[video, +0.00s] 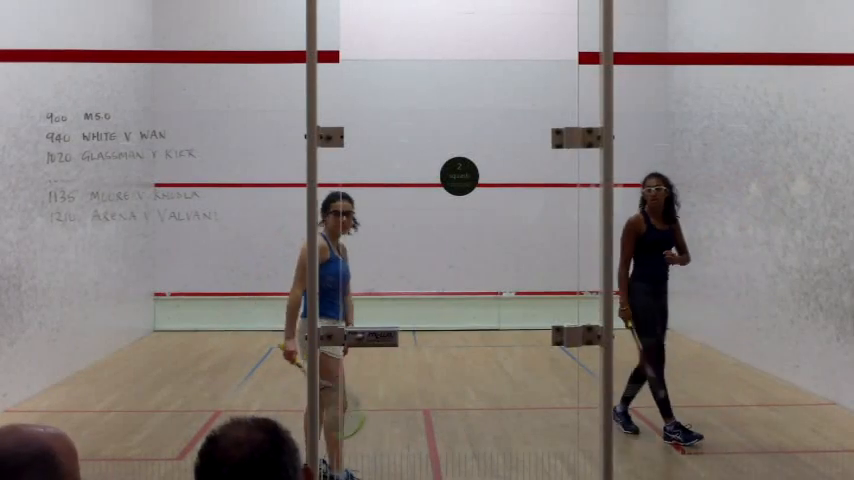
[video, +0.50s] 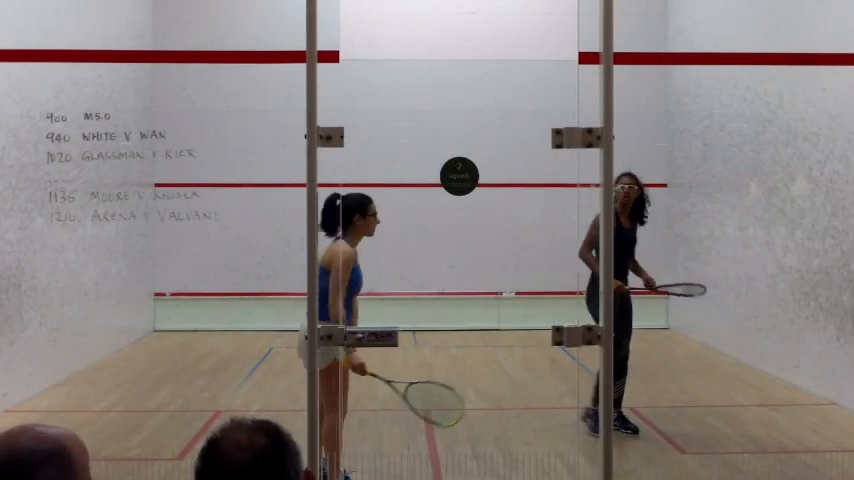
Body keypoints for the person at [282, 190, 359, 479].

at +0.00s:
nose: (344, 219)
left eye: (348, 214)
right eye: (338, 214)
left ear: (352, 219)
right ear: (325, 216)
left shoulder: (341, 249)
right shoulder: (314, 247)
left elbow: (346, 294)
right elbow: (296, 292)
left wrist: (349, 330)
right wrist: (289, 338)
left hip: (333, 330)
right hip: (318, 330)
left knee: (317, 402)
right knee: (336, 401)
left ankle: (311, 464)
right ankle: (337, 469)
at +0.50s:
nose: (377, 220)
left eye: (376, 215)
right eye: (373, 215)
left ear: (354, 220)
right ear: (358, 220)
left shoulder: (342, 251)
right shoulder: (343, 252)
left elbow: (346, 306)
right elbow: (336, 307)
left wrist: (351, 348)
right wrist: (349, 351)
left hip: (328, 341)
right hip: (328, 342)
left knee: (331, 409)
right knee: (334, 410)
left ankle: (327, 468)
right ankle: (334, 472)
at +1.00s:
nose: (357, 219)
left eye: (356, 213)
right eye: (354, 214)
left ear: (326, 218)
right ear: (345, 219)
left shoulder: (312, 248)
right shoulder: (348, 256)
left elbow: (308, 293)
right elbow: (349, 310)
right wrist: (361, 350)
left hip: (292, 327)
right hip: (324, 335)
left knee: (293, 405)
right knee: (334, 409)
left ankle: (279, 467)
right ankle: (336, 473)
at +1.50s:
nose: (339, 221)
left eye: (339, 216)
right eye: (338, 217)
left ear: (304, 217)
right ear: (333, 218)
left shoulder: (286, 250)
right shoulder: (344, 255)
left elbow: (266, 296)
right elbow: (349, 306)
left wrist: (284, 318)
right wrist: (348, 322)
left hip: (289, 334)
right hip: (328, 339)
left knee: (285, 409)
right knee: (345, 407)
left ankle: (280, 471)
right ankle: (363, 471)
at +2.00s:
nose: (365, 221)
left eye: (364, 217)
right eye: (364, 217)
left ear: (331, 219)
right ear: (360, 219)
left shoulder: (319, 254)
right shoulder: (376, 254)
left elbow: (314, 299)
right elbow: (391, 305)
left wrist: (321, 323)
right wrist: (374, 323)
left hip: (328, 341)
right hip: (366, 342)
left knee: (315, 408)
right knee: (369, 412)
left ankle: (295, 465)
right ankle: (367, 473)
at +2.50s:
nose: (325, 226)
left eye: (328, 218)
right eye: (325, 219)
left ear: (346, 218)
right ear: (355, 219)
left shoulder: (337, 250)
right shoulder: (380, 251)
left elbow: (326, 304)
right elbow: (383, 304)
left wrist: (309, 312)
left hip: (337, 336)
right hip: (371, 336)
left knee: (323, 409)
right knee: (368, 411)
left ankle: (323, 472)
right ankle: (366, 472)